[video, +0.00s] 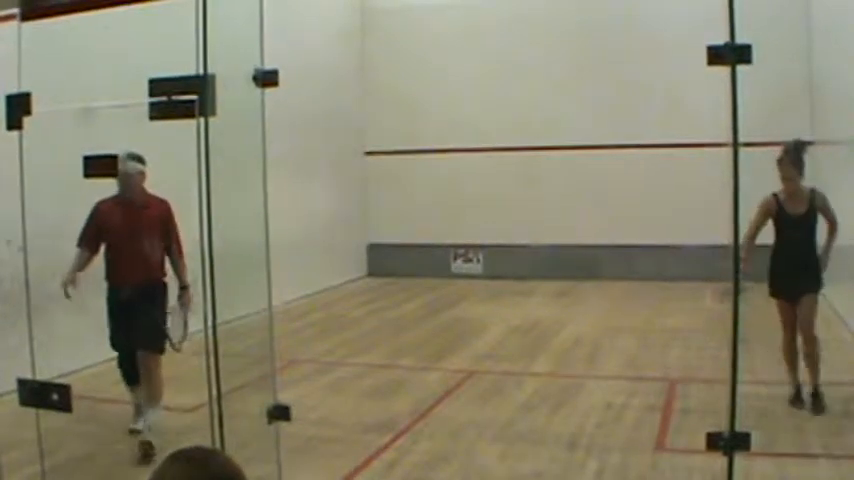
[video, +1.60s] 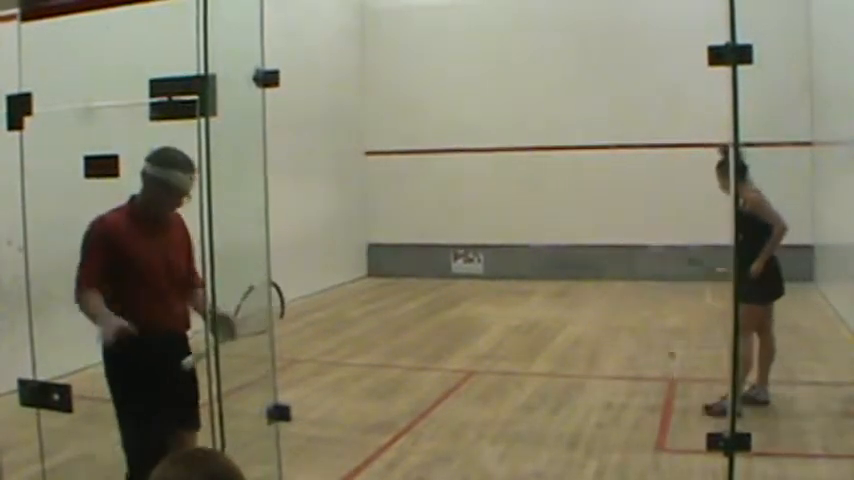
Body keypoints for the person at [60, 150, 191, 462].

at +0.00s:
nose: (130, 182)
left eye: (135, 176)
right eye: (125, 177)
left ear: (144, 177)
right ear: (118, 178)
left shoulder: (160, 209)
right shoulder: (105, 210)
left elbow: (174, 251)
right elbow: (89, 246)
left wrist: (184, 287)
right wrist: (74, 270)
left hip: (152, 290)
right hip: (119, 291)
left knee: (149, 353)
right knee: (126, 355)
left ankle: (153, 413)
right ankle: (139, 409)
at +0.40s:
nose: (126, 179)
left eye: (133, 173)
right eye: (122, 172)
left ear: (145, 174)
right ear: (115, 174)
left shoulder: (160, 210)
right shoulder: (100, 210)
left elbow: (177, 256)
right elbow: (90, 258)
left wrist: (182, 295)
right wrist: (84, 296)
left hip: (148, 301)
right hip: (110, 302)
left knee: (146, 373)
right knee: (107, 376)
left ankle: (146, 441)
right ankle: (115, 447)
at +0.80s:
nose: (119, 183)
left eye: (126, 177)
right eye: (114, 176)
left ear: (137, 178)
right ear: (103, 178)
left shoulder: (152, 216)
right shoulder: (86, 221)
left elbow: (168, 266)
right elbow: (58, 269)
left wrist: (174, 300)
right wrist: (32, 306)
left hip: (143, 318)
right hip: (102, 320)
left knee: (149, 396)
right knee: (107, 399)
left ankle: (147, 459)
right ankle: (116, 472)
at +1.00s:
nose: (128, 181)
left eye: (136, 175)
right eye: (122, 174)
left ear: (147, 178)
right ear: (110, 174)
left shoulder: (159, 219)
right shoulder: (88, 219)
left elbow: (175, 272)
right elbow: (39, 258)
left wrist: (187, 300)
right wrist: (5, 266)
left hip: (149, 328)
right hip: (105, 330)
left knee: (156, 413)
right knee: (108, 415)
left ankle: (162, 475)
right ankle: (116, 473)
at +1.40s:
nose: (169, 195)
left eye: (174, 188)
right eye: (162, 185)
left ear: (180, 187)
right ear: (143, 179)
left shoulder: (183, 225)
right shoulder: (107, 221)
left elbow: (194, 284)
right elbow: (66, 263)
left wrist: (212, 317)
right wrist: (28, 258)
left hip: (173, 338)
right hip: (126, 342)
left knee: (178, 435)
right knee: (136, 445)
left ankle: (177, 479)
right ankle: (121, 476)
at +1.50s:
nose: (173, 196)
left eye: (179, 189)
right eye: (167, 186)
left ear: (183, 188)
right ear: (146, 177)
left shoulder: (180, 222)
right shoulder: (109, 222)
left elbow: (193, 283)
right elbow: (79, 280)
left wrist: (213, 314)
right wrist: (61, 287)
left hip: (173, 340)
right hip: (128, 346)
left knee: (179, 443)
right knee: (144, 450)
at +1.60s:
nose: (180, 202)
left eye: (184, 195)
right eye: (174, 193)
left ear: (184, 193)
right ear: (150, 184)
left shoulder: (176, 226)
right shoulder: (107, 228)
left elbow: (190, 284)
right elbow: (86, 289)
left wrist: (211, 315)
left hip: (173, 345)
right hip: (129, 348)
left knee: (184, 437)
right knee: (145, 451)